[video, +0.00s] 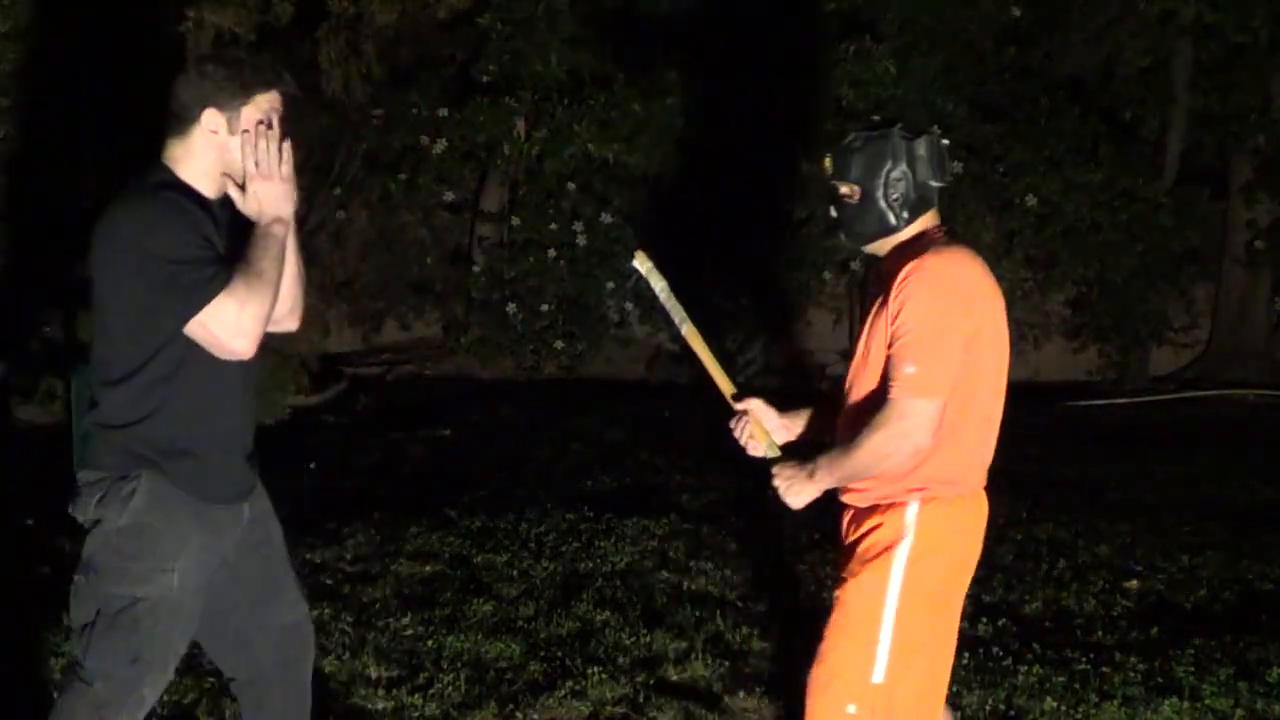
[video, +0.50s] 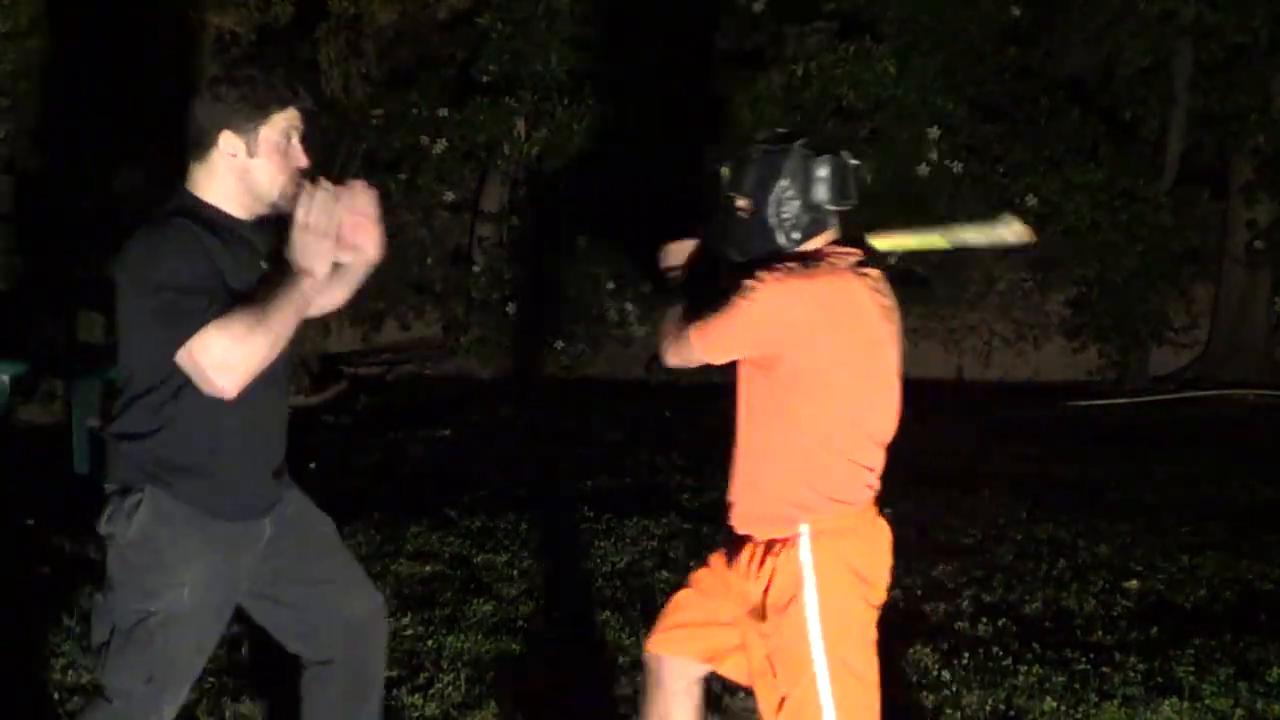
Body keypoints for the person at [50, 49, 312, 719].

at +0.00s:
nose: (274, 144)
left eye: (277, 127)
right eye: (263, 124)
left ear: (221, 131)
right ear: (215, 127)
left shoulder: (220, 217)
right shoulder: (145, 219)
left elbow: (286, 315)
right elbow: (234, 333)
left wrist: (282, 218)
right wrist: (270, 224)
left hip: (228, 493)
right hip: (147, 494)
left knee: (280, 665)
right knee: (110, 694)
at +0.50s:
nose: (304, 162)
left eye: (300, 142)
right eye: (288, 142)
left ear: (240, 152)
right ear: (234, 149)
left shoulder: (252, 247)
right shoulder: (163, 251)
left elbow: (311, 304)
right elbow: (221, 368)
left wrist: (359, 257)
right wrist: (302, 276)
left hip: (264, 506)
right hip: (172, 515)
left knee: (352, 626)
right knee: (136, 702)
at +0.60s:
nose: (357, 195)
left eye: (353, 175)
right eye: (341, 176)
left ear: (289, 189)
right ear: (285, 187)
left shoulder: (318, 263)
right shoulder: (217, 282)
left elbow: (380, 245)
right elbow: (287, 401)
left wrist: (462, 226)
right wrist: (370, 314)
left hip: (277, 521)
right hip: (181, 526)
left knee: (387, 621)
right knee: (140, 704)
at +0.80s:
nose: (485, 213)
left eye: (483, 196)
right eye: (472, 198)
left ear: (419, 204)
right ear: (416, 205)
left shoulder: (413, 250)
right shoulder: (364, 285)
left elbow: (493, 219)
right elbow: (473, 396)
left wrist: (588, 219)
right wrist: (562, 346)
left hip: (383, 500)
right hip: (290, 510)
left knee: (481, 619)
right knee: (247, 694)